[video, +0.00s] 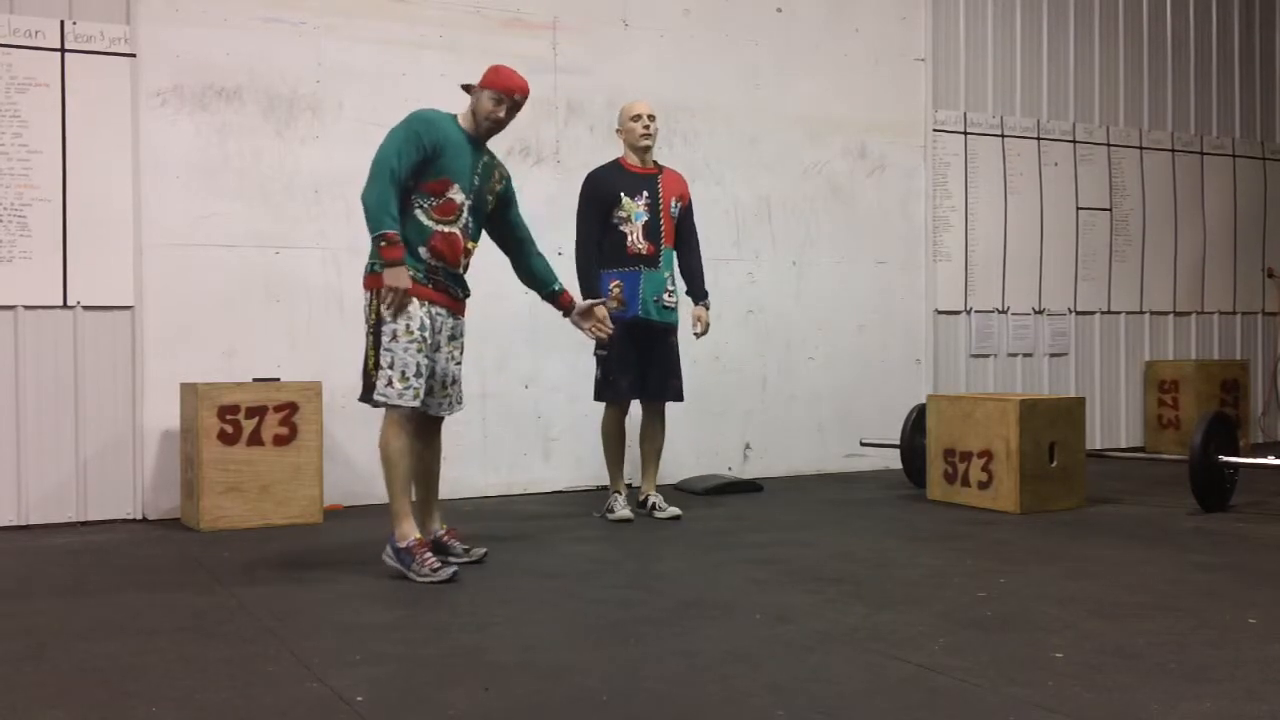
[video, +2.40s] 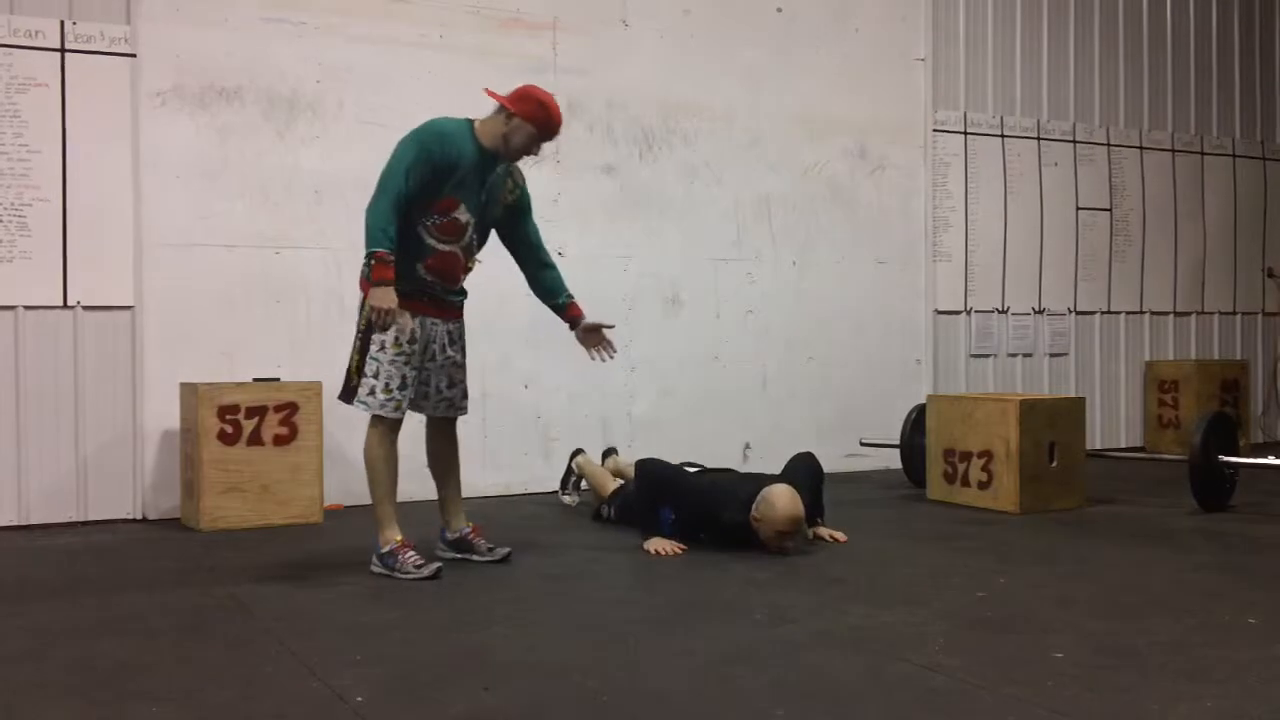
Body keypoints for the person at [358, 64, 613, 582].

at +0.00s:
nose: (502, 110)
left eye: (511, 106)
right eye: (496, 98)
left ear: (516, 116)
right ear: (473, 93)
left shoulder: (493, 177)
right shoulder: (427, 127)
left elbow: (522, 249)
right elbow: (379, 185)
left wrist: (571, 307)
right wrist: (393, 259)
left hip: (447, 301)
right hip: (405, 290)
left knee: (430, 415)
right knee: (402, 411)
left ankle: (430, 530)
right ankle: (403, 538)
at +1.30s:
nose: (500, 122)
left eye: (503, 113)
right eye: (498, 111)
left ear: (480, 102)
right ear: (473, 97)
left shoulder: (474, 159)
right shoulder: (408, 136)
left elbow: (515, 221)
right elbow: (388, 212)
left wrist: (581, 240)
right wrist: (413, 281)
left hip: (451, 302)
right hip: (410, 297)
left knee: (434, 417)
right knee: (408, 415)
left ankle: (428, 531)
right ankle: (396, 542)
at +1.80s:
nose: (484, 115)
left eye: (487, 107)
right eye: (481, 105)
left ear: (463, 99)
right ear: (452, 94)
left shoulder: (468, 144)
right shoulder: (391, 141)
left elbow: (484, 219)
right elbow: (376, 226)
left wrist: (533, 270)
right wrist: (398, 299)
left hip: (449, 305)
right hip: (401, 304)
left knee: (438, 417)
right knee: (394, 418)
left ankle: (428, 530)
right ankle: (389, 542)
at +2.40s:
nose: (536, 151)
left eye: (541, 144)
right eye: (537, 139)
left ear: (521, 129)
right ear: (513, 120)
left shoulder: (507, 183)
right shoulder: (438, 139)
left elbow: (534, 258)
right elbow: (384, 202)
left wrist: (577, 320)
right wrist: (381, 280)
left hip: (446, 312)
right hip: (398, 304)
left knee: (443, 417)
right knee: (387, 418)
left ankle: (455, 530)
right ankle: (389, 542)